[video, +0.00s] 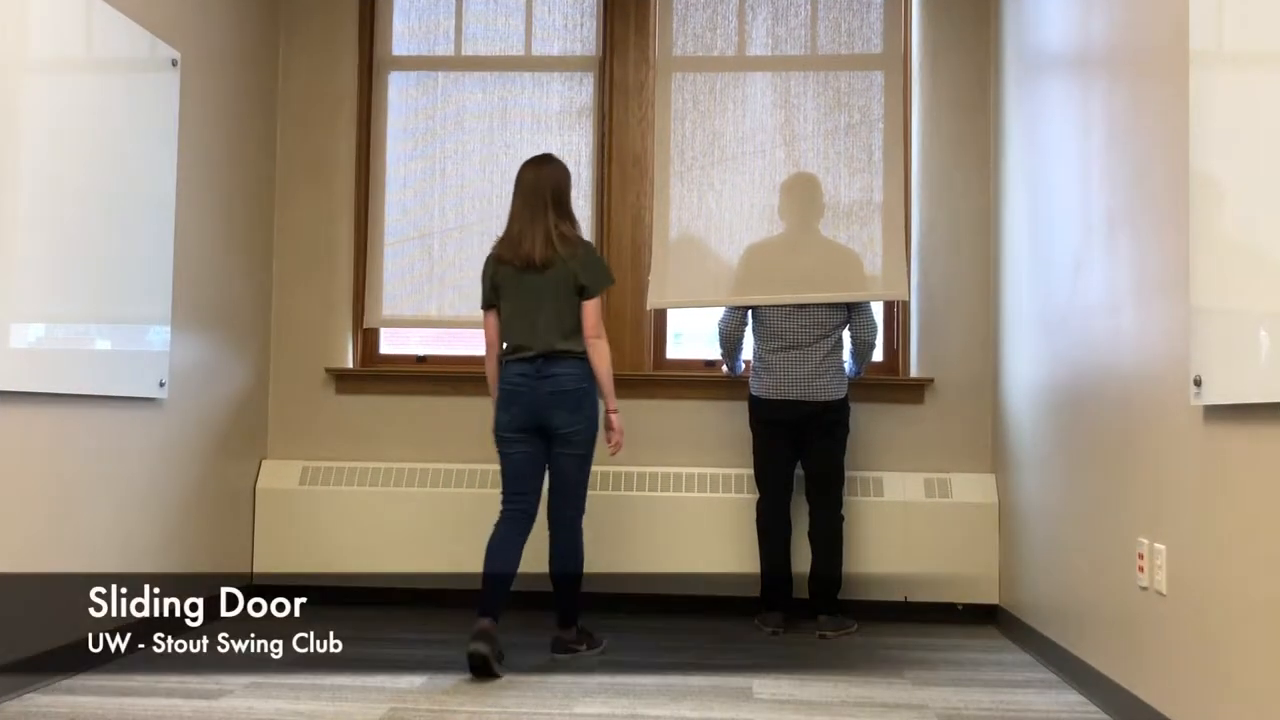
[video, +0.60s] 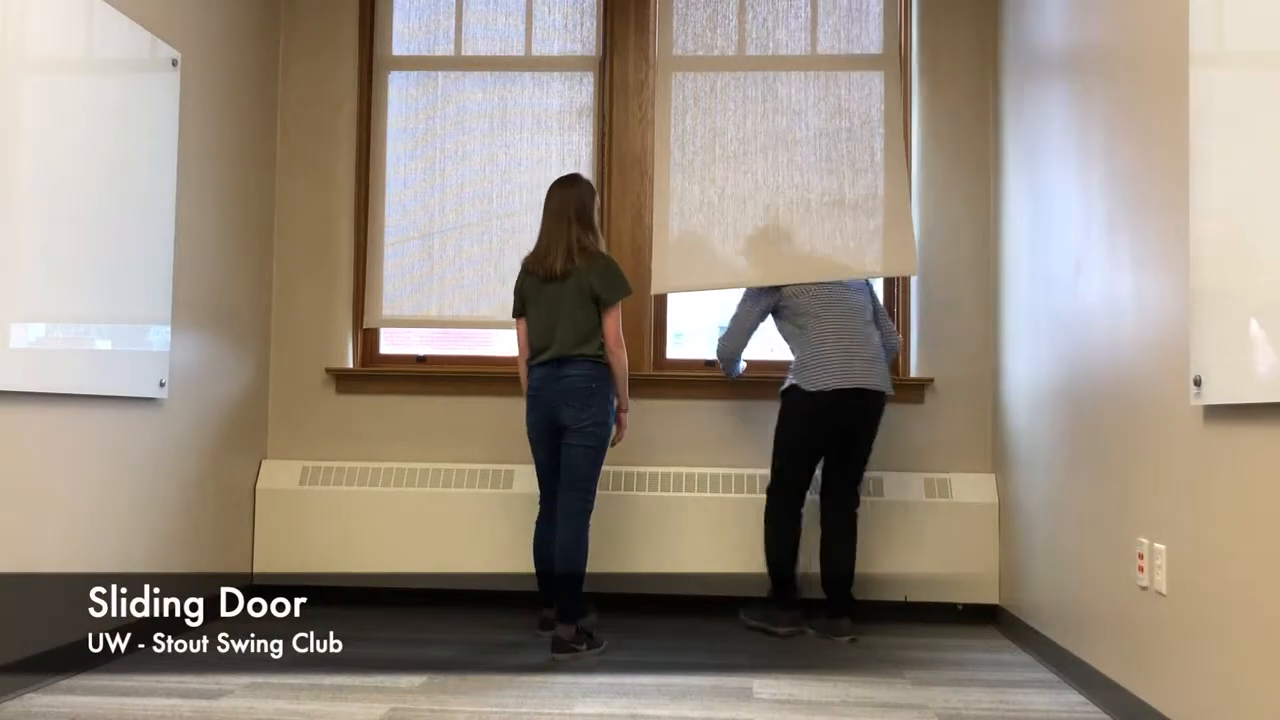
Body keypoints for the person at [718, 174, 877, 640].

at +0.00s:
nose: (798, 211)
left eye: (792, 202)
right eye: (806, 202)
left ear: (782, 207)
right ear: (820, 207)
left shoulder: (758, 256)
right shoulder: (843, 259)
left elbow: (731, 324)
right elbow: (866, 328)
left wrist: (733, 362)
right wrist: (854, 369)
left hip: (771, 398)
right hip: (826, 398)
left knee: (773, 504)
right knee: (826, 506)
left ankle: (774, 611)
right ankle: (825, 612)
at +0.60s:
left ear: (780, 241)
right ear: (821, 236)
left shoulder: (773, 273)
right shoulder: (852, 271)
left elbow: (731, 344)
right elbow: (891, 340)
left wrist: (729, 365)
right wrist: (866, 376)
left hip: (814, 390)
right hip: (869, 392)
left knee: (785, 495)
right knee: (841, 499)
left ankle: (783, 607)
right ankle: (839, 614)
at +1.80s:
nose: (845, 162)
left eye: (855, 152)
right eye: (834, 154)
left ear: (872, 159)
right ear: (819, 164)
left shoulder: (909, 214)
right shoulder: (807, 226)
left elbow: (982, 263)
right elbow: (796, 290)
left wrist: (952, 337)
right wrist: (795, 354)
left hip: (889, 385)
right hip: (823, 384)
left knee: (869, 516)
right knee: (793, 504)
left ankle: (872, 654)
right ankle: (818, 617)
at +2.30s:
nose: (819, 153)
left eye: (828, 143)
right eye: (808, 145)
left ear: (846, 151)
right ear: (794, 157)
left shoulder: (880, 211)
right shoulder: (780, 219)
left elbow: (941, 274)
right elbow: (759, 278)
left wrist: (905, 330)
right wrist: (766, 334)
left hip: (857, 383)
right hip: (792, 384)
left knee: (860, 515)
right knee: (794, 516)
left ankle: (870, 653)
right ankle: (796, 638)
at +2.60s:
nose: (801, 153)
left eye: (811, 145)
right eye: (791, 146)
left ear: (827, 155)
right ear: (775, 158)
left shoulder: (859, 213)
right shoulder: (761, 225)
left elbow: (927, 275)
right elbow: (741, 287)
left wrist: (882, 336)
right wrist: (748, 343)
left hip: (839, 387)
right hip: (777, 391)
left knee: (847, 516)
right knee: (791, 519)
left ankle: (864, 652)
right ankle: (795, 638)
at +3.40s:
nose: (800, 154)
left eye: (811, 146)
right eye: (790, 146)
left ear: (827, 156)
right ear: (775, 157)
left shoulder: (856, 214)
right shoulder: (759, 225)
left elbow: (923, 280)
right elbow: (739, 291)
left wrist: (882, 340)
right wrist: (745, 343)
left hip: (838, 389)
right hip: (775, 392)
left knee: (851, 517)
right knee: (790, 518)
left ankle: (863, 651)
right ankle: (795, 636)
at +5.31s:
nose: (733, 180)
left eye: (739, 170)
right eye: (734, 171)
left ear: (764, 171)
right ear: (768, 171)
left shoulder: (779, 224)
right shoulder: (775, 224)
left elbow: (738, 306)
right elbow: (741, 314)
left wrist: (670, 329)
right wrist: (674, 330)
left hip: (773, 382)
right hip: (767, 379)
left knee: (771, 503)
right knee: (769, 502)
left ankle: (779, 631)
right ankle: (775, 626)